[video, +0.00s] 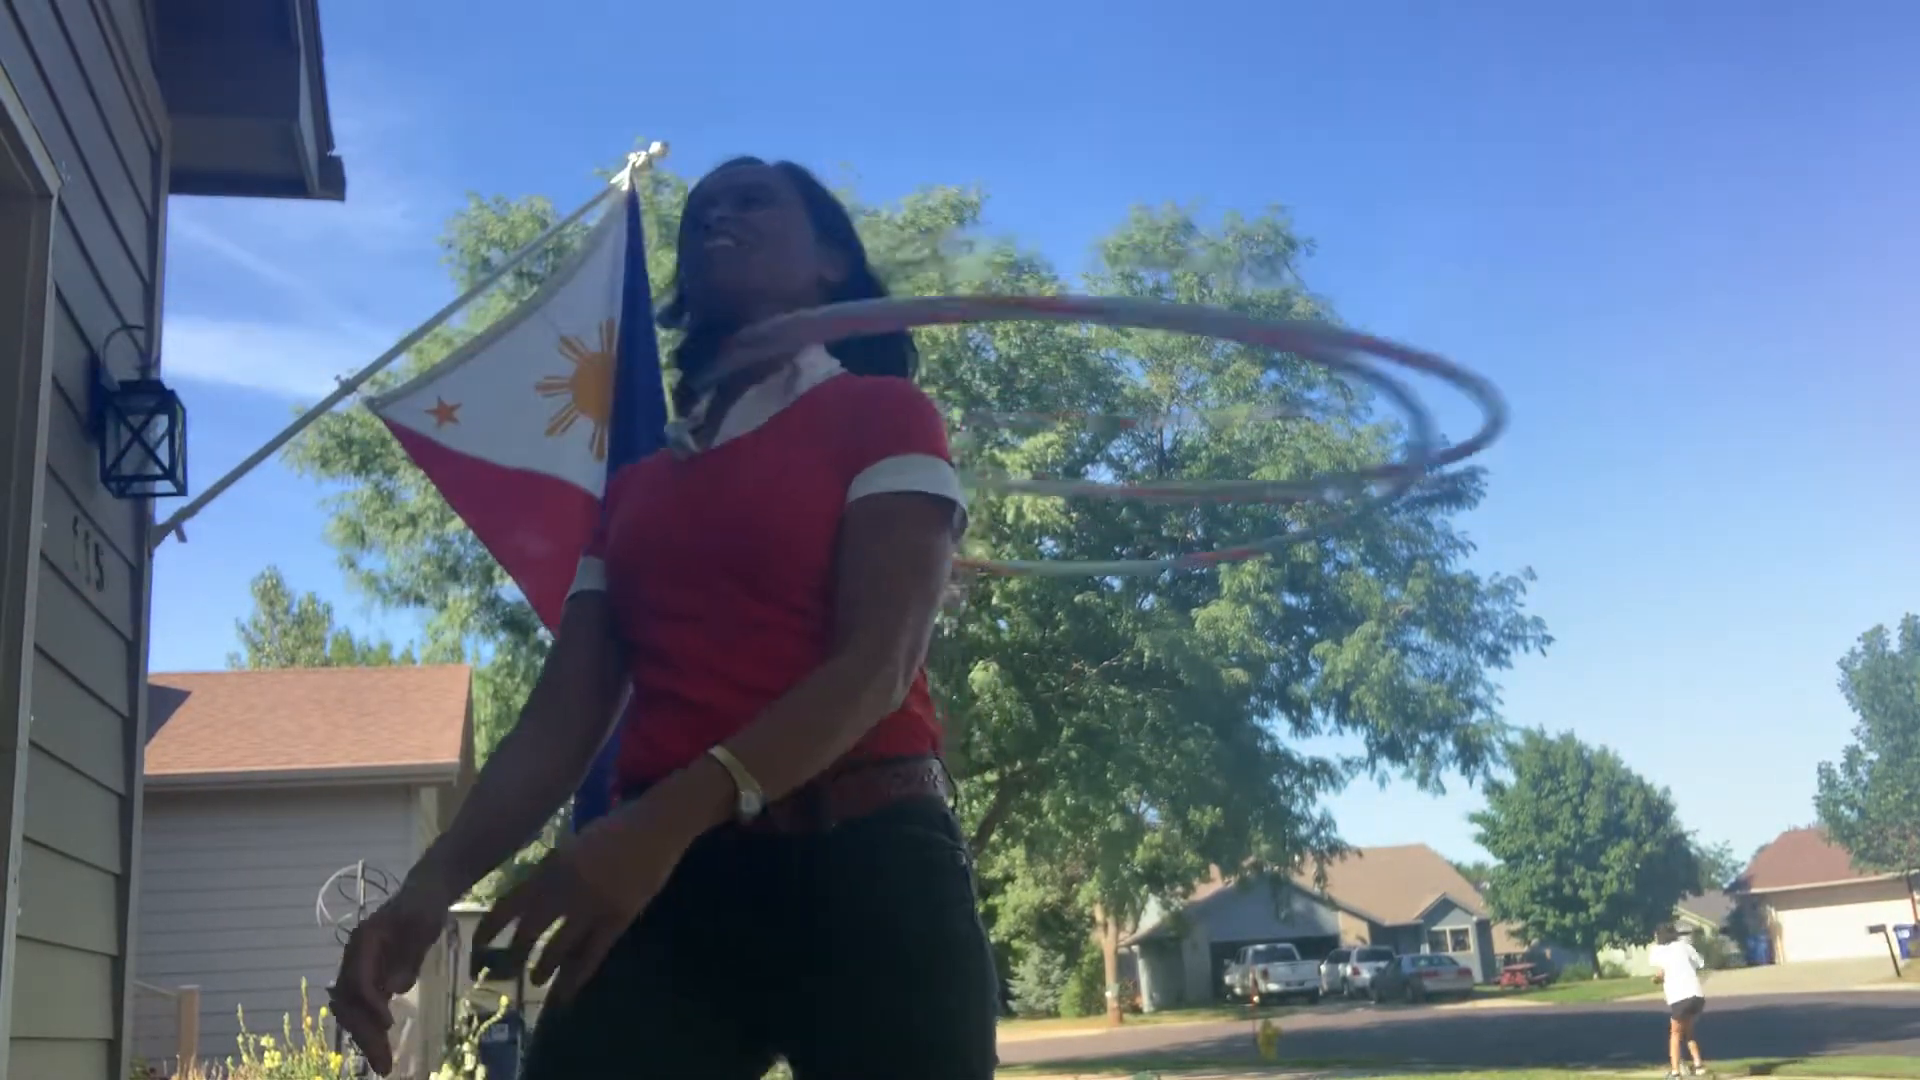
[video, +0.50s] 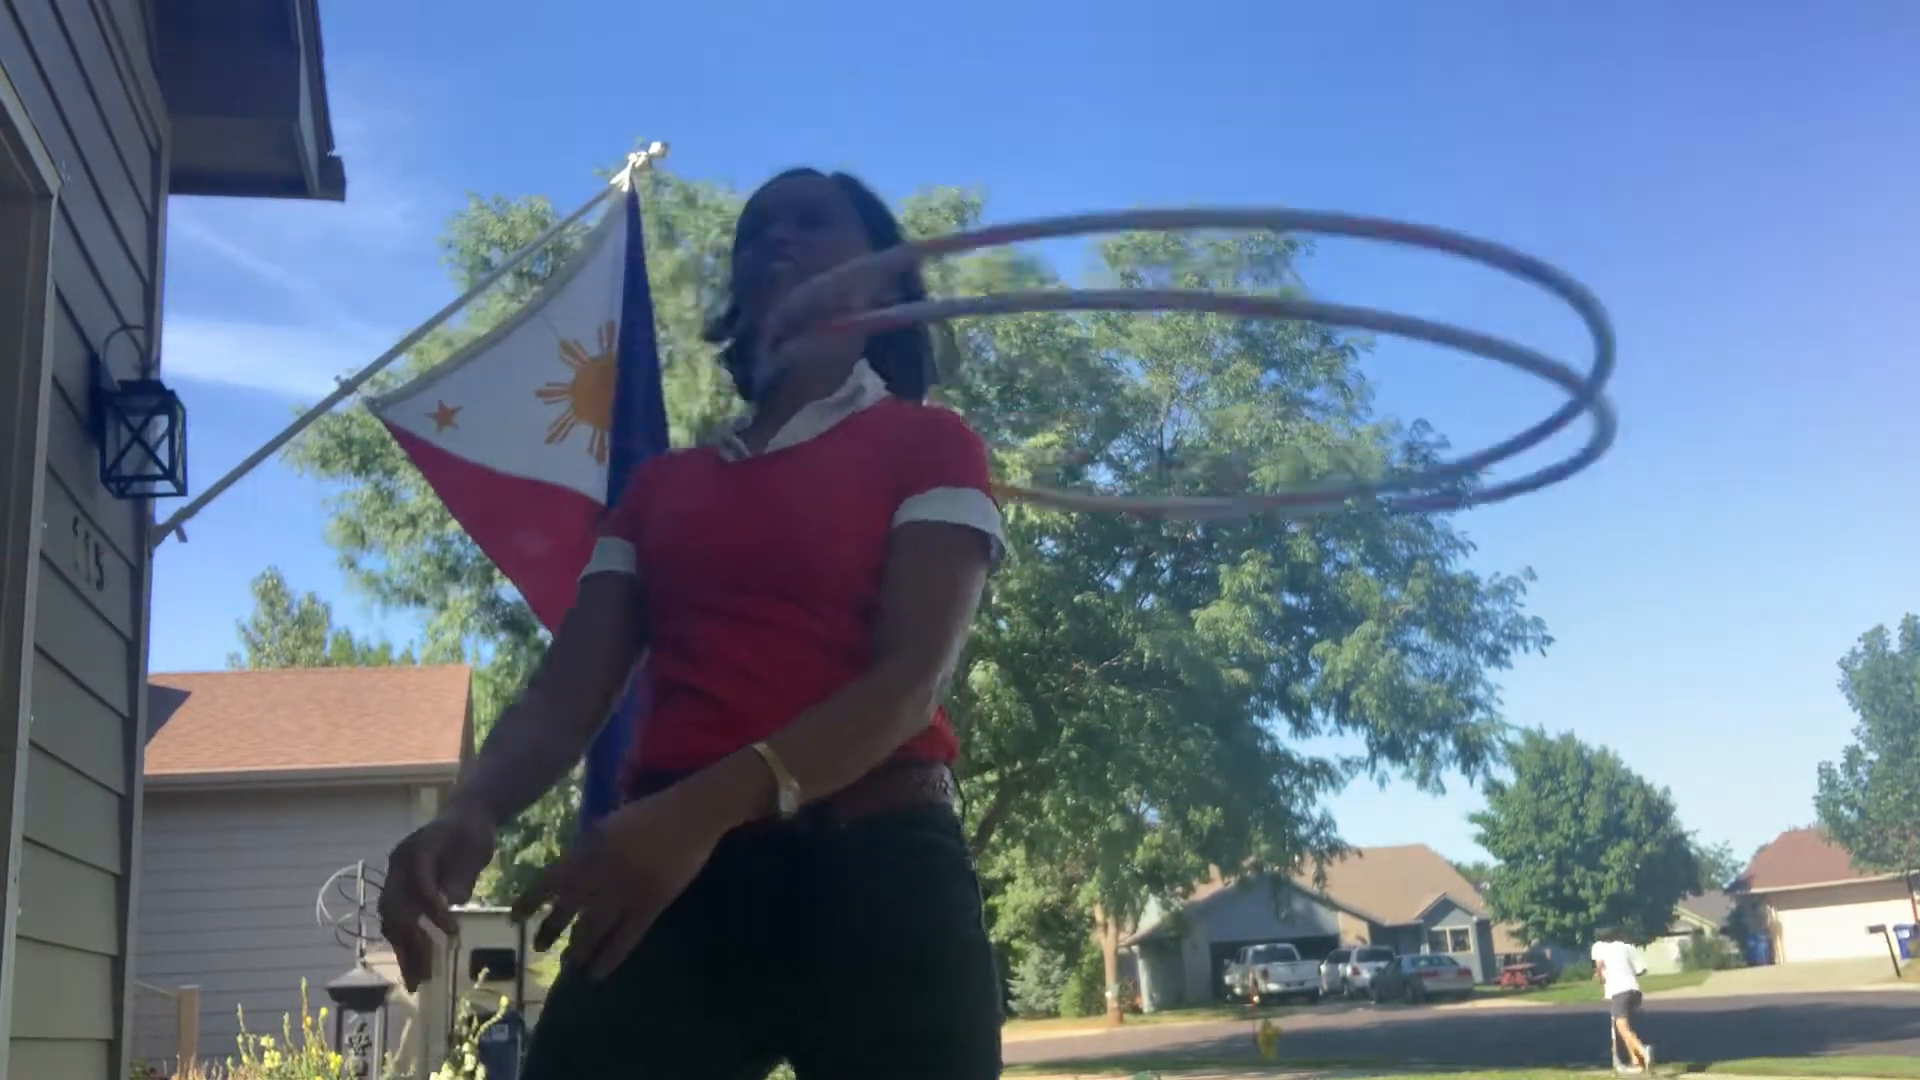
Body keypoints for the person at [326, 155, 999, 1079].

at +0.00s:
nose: (713, 222)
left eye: (752, 202)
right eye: (697, 223)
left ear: (832, 265)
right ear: (686, 291)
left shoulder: (880, 412)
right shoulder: (638, 480)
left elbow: (877, 662)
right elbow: (566, 706)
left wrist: (664, 819)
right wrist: (430, 891)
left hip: (866, 861)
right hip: (666, 880)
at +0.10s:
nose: (668, 208)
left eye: (711, 191)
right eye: (654, 205)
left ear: (789, 255)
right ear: (636, 273)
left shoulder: (841, 388)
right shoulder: (600, 488)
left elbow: (876, 661)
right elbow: (543, 734)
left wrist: (667, 817)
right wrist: (414, 911)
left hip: (858, 860)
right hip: (660, 884)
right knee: (569, 1062)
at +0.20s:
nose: (678, 218)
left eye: (720, 198)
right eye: (661, 212)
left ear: (799, 263)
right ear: (641, 274)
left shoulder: (862, 413)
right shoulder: (606, 487)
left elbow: (910, 669)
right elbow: (540, 733)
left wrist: (742, 839)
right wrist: (435, 933)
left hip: (856, 867)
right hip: (646, 882)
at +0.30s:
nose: (736, 231)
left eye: (779, 211)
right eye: (720, 219)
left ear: (852, 279)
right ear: (704, 285)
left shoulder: (911, 437)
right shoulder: (645, 482)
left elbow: (950, 682)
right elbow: (569, 703)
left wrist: (802, 845)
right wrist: (461, 906)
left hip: (869, 877)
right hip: (656, 873)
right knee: (567, 1062)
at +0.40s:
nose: (783, 248)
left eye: (821, 233)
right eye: (763, 243)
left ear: (889, 293)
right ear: (744, 302)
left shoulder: (935, 457)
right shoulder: (665, 490)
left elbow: (938, 694)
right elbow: (580, 690)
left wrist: (757, 836)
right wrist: (469, 864)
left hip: (870, 863)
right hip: (663, 870)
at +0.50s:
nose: (777, 243)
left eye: (813, 224)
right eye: (757, 239)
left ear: (891, 280)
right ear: (738, 302)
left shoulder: (927, 441)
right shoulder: (660, 485)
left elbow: (909, 679)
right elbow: (566, 692)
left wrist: (699, 809)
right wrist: (475, 809)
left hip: (877, 867)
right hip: (661, 883)